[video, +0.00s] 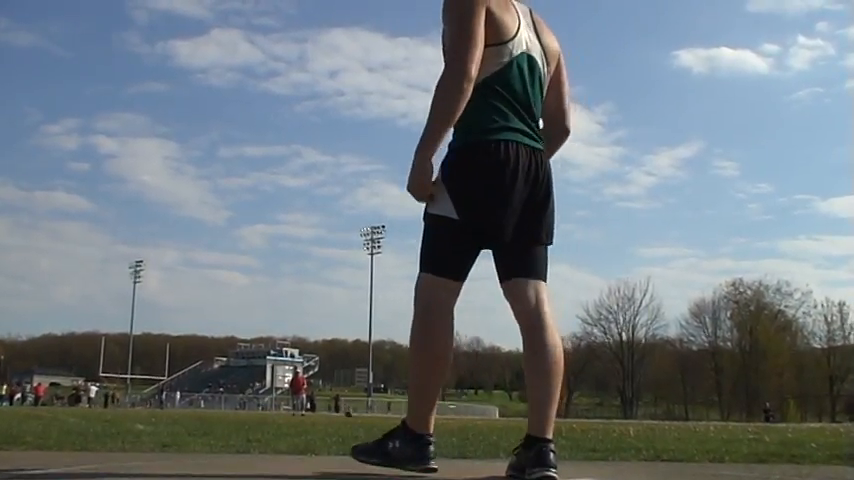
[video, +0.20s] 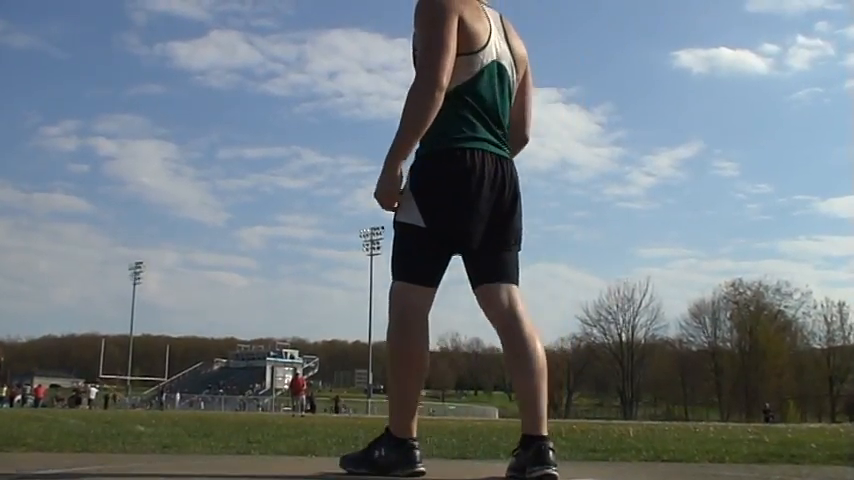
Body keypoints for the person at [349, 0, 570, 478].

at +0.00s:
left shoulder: (471, 4)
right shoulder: (546, 33)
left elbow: (461, 75)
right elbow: (559, 125)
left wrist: (422, 157)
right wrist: (519, 167)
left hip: (476, 164)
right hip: (532, 174)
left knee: (434, 297)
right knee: (534, 307)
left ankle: (414, 436)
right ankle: (540, 447)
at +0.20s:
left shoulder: (441, 6)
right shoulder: (512, 36)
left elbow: (431, 86)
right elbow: (518, 132)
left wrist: (392, 165)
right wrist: (474, 166)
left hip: (443, 172)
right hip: (499, 178)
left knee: (408, 306)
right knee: (508, 307)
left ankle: (398, 441)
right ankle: (537, 446)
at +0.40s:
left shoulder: (405, 6)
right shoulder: (477, 36)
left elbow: (394, 83)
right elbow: (480, 131)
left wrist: (359, 164)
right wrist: (435, 162)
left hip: (409, 167)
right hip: (462, 173)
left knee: (393, 310)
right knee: (449, 304)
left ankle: (399, 443)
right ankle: (518, 419)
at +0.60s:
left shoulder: (376, 6)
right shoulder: (446, 34)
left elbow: (362, 88)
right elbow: (453, 126)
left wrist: (325, 168)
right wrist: (413, 163)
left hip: (393, 165)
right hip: (437, 169)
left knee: (383, 306)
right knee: (400, 303)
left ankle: (398, 443)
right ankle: (443, 425)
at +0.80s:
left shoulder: (349, 11)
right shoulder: (417, 39)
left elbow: (339, 99)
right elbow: (428, 129)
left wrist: (304, 174)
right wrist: (411, 184)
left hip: (375, 170)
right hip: (412, 173)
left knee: (374, 301)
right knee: (353, 299)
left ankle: (399, 444)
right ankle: (337, 434)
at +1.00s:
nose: (301, 5)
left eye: (303, 4)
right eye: (303, 4)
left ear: (313, 0)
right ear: (349, 1)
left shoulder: (322, 20)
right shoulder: (386, 46)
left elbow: (316, 104)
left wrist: (282, 186)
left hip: (347, 178)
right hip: (381, 182)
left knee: (357, 309)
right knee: (323, 308)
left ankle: (398, 441)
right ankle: (288, 436)